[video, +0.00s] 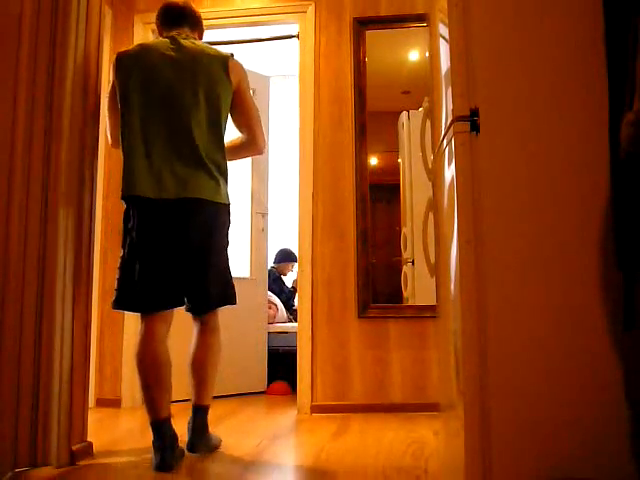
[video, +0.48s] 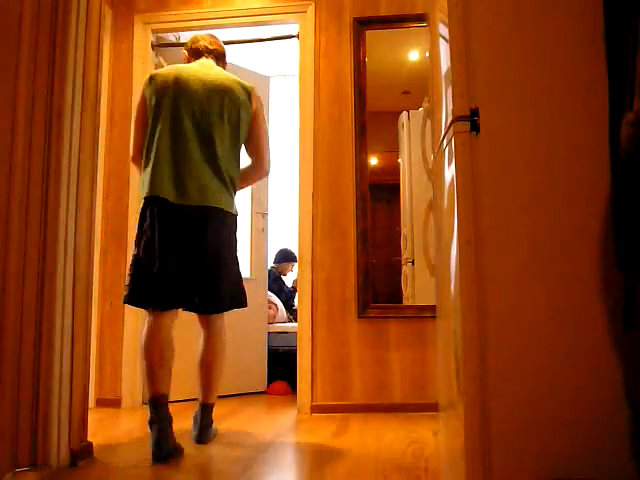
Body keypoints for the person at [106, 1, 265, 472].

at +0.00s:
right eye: (198, 31)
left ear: (158, 29)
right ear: (199, 31)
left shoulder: (128, 61)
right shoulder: (226, 65)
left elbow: (116, 136)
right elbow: (255, 142)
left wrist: (157, 144)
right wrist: (210, 154)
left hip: (148, 207)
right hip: (205, 208)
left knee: (154, 324)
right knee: (208, 319)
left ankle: (164, 440)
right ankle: (199, 430)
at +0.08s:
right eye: (199, 34)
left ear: (160, 32)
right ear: (202, 34)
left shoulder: (129, 65)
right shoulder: (226, 67)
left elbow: (117, 137)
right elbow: (255, 143)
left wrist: (157, 149)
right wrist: (210, 155)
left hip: (150, 208)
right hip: (206, 209)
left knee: (154, 323)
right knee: (207, 319)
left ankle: (163, 439)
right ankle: (199, 427)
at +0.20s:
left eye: (168, 35)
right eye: (203, 40)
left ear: (164, 37)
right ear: (206, 40)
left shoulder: (133, 71)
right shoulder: (229, 74)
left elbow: (119, 144)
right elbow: (256, 149)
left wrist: (159, 154)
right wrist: (216, 161)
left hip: (151, 211)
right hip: (207, 211)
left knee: (155, 324)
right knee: (209, 323)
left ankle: (163, 440)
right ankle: (204, 419)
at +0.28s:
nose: (203, 51)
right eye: (206, 45)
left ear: (168, 41)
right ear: (208, 43)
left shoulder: (137, 72)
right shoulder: (230, 77)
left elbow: (122, 148)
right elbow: (257, 153)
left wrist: (161, 159)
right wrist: (215, 167)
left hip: (152, 212)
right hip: (208, 213)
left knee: (156, 325)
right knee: (210, 324)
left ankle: (163, 440)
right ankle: (205, 420)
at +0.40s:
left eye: (181, 47)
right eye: (212, 50)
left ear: (181, 50)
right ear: (219, 54)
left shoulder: (152, 78)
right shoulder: (240, 87)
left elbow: (132, 154)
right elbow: (259, 161)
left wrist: (166, 170)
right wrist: (220, 180)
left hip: (158, 212)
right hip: (212, 215)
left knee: (160, 320)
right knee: (212, 323)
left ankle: (163, 436)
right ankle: (204, 421)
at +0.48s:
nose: (191, 54)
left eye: (188, 51)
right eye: (209, 52)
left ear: (186, 55)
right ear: (223, 59)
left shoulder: (159, 81)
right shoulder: (244, 92)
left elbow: (139, 155)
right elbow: (261, 166)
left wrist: (170, 172)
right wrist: (222, 184)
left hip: (162, 211)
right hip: (214, 215)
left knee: (160, 317)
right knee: (213, 323)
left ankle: (161, 430)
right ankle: (204, 421)